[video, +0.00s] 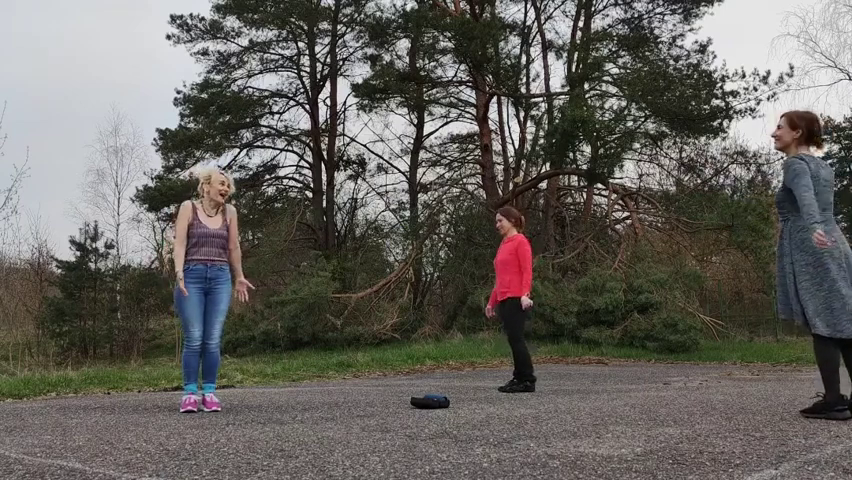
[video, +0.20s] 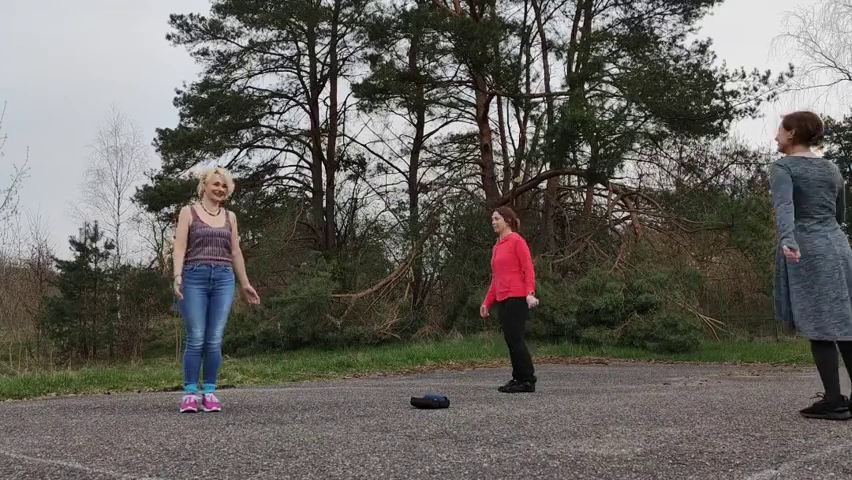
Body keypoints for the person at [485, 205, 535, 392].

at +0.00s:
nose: (497, 225)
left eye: (500, 221)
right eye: (496, 222)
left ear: (512, 221)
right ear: (500, 223)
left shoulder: (521, 241)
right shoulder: (504, 244)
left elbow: (527, 269)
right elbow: (501, 277)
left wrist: (525, 293)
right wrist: (491, 302)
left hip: (515, 297)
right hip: (504, 298)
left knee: (516, 340)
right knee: (514, 340)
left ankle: (526, 379)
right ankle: (519, 377)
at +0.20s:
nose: (493, 222)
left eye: (497, 219)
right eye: (492, 219)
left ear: (508, 221)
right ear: (494, 223)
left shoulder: (517, 240)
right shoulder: (497, 246)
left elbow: (528, 266)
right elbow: (496, 278)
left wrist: (530, 292)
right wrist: (487, 302)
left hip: (516, 297)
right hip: (503, 298)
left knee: (515, 338)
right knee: (511, 339)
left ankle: (527, 380)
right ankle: (518, 378)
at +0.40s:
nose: (487, 232)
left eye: (489, 227)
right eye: (485, 229)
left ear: (500, 225)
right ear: (489, 229)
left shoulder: (511, 245)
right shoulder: (495, 246)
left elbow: (516, 271)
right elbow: (498, 272)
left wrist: (509, 292)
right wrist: (492, 292)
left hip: (511, 300)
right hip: (496, 301)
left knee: (511, 340)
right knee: (487, 338)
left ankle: (527, 380)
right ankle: (506, 377)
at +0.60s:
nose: (473, 230)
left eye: (475, 225)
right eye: (472, 227)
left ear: (486, 222)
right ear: (480, 225)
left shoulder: (495, 240)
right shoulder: (488, 242)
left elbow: (480, 263)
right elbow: (501, 272)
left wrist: (456, 266)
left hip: (497, 298)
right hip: (485, 298)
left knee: (507, 336)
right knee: (472, 334)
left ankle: (525, 377)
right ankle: (467, 378)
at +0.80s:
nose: (456, 230)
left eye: (458, 226)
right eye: (455, 227)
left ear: (469, 224)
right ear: (468, 226)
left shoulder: (475, 244)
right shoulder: (475, 244)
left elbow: (457, 267)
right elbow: (484, 275)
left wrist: (434, 276)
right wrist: (487, 300)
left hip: (472, 300)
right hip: (466, 300)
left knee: (474, 340)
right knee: (463, 341)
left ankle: (509, 369)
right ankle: (468, 382)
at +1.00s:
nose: (437, 229)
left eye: (439, 225)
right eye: (436, 225)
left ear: (449, 224)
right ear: (446, 226)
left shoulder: (458, 244)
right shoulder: (445, 246)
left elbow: (456, 275)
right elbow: (440, 279)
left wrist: (450, 299)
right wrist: (427, 300)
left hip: (452, 300)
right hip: (443, 299)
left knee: (430, 335)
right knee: (456, 340)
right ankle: (467, 382)